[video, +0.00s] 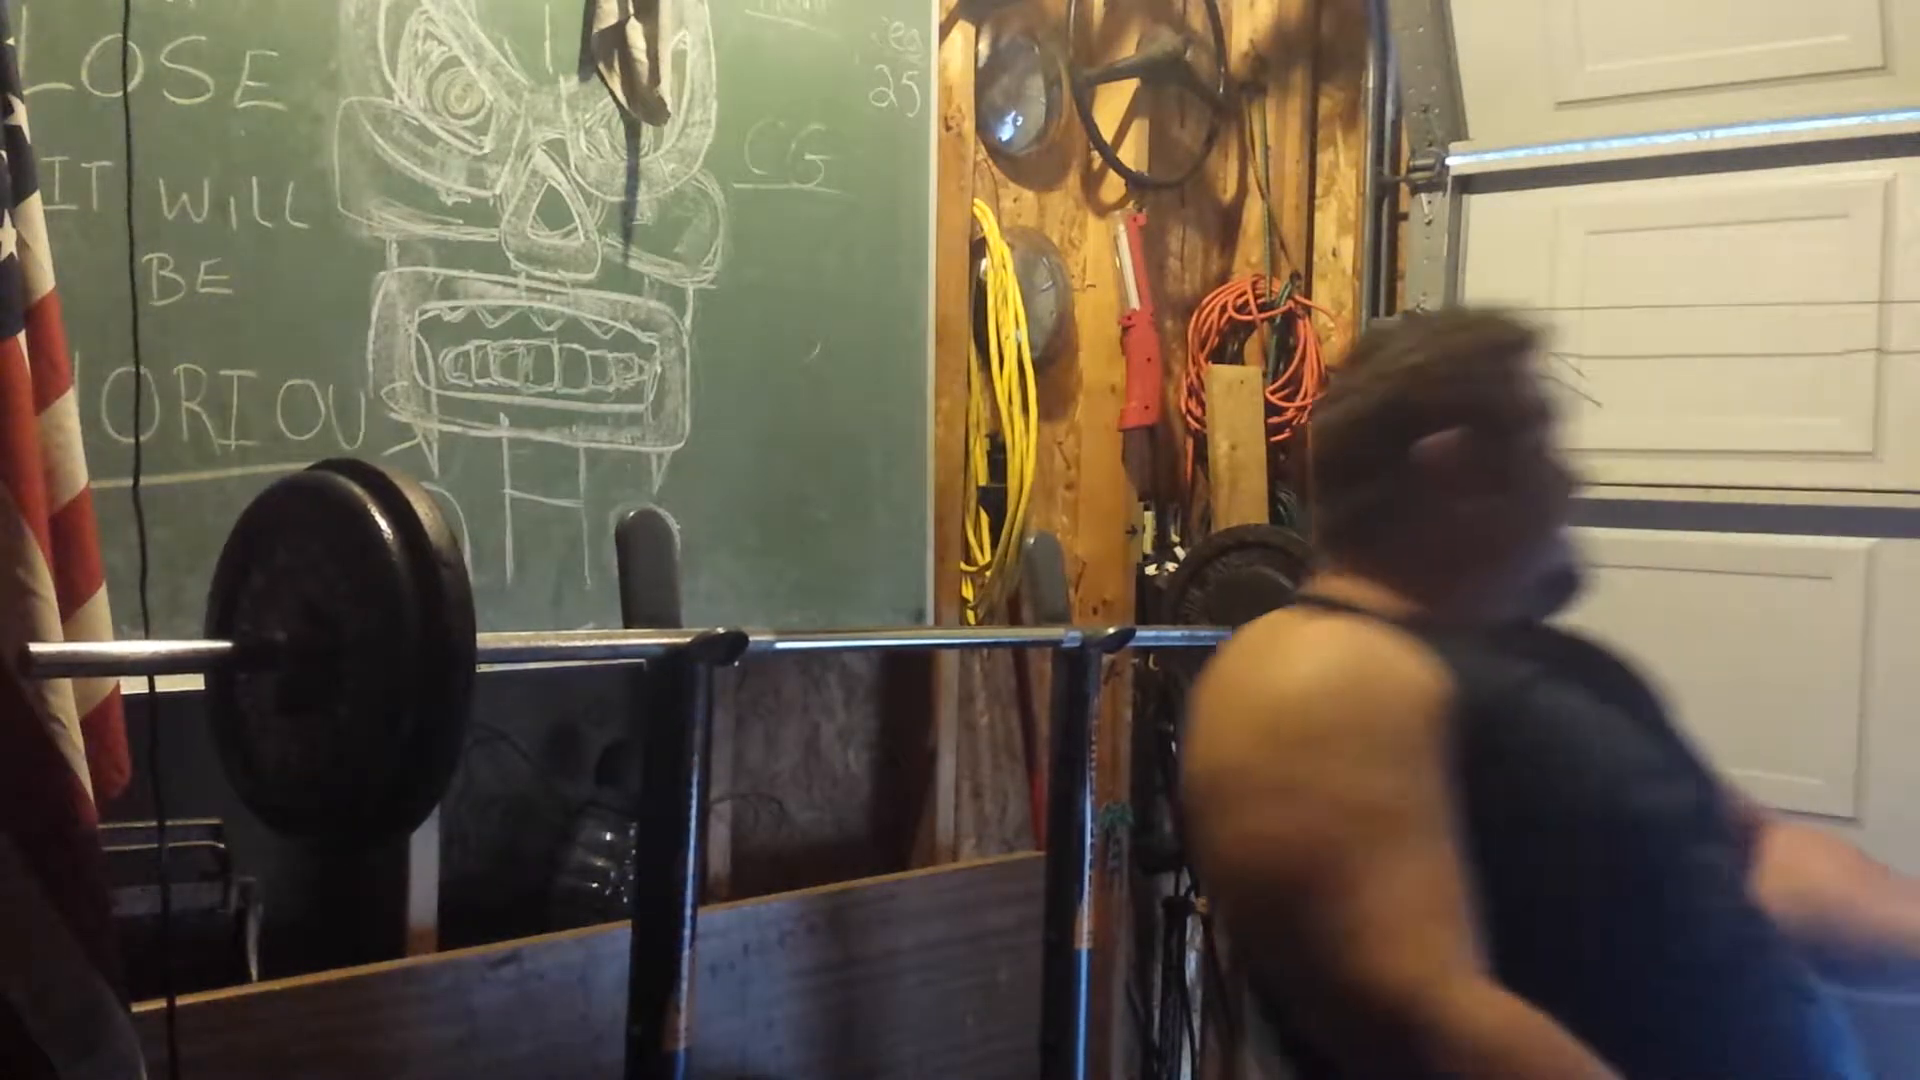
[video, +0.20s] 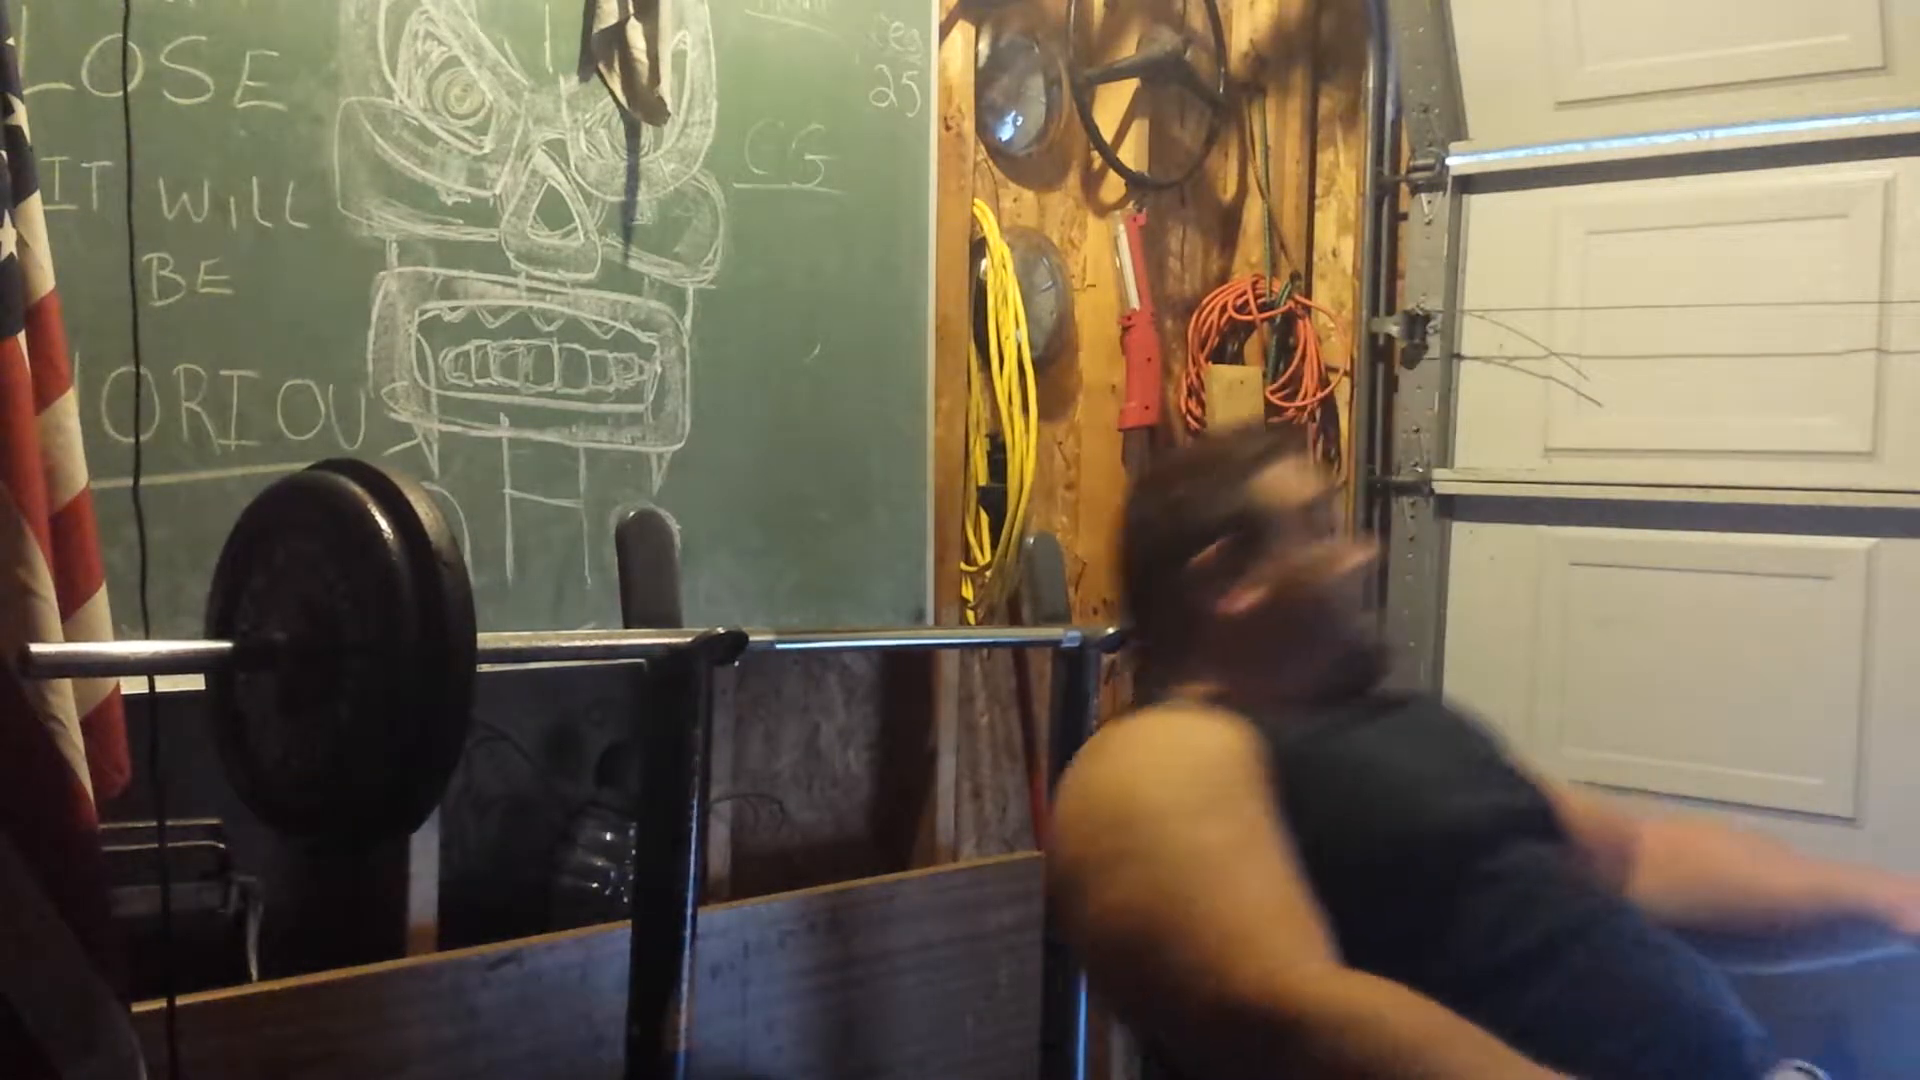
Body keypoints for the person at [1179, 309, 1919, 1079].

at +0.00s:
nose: (1571, 474)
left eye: (1555, 438)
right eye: (1540, 440)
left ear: (1460, 471)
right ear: (1453, 469)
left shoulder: (1548, 661)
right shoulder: (1319, 673)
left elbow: (1746, 846)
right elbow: (1416, 1006)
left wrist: (1912, 925)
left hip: (1800, 1049)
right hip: (1672, 1059)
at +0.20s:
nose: (1365, 551)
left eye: (1348, 524)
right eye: (1323, 532)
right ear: (1228, 587)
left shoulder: (1406, 724)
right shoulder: (1159, 758)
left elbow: (1627, 853)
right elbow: (1280, 1008)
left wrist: (1882, 895)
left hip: (1736, 1049)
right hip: (1606, 1058)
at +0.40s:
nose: (1185, 691)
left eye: (1167, 671)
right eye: (1132, 679)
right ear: (1047, 762)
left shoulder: (1289, 850)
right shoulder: (1044, 894)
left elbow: (1506, 896)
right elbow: (1160, 1039)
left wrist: (1727, 875)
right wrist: (1513, 1037)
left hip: (1596, 995)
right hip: (1508, 1056)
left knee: (1859, 921)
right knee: (1846, 958)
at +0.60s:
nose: (1015, 833)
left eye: (1006, 822)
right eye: (969, 833)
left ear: (1036, 852)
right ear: (905, 931)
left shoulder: (1135, 960)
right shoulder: (947, 1016)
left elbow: (1419, 986)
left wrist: (1480, 829)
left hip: (1587, 1040)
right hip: (1537, 1064)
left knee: (1861, 1068)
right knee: (1848, 1068)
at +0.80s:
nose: (956, 865)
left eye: (949, 854)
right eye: (916, 887)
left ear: (1004, 870)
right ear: (889, 967)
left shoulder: (1132, 955)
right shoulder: (954, 1019)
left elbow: (1350, 958)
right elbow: (839, 1075)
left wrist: (1256, 778)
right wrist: (757, 889)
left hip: (1574, 1035)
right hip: (1524, 1075)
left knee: (1889, 1064)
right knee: (1871, 1072)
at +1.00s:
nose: (930, 884)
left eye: (923, 875)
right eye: (890, 902)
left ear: (986, 895)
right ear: (878, 972)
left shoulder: (1149, 968)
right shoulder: (975, 1021)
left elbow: (1356, 910)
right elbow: (899, 1063)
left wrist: (1182, 798)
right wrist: (735, 847)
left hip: (1640, 1042)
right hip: (1557, 1077)